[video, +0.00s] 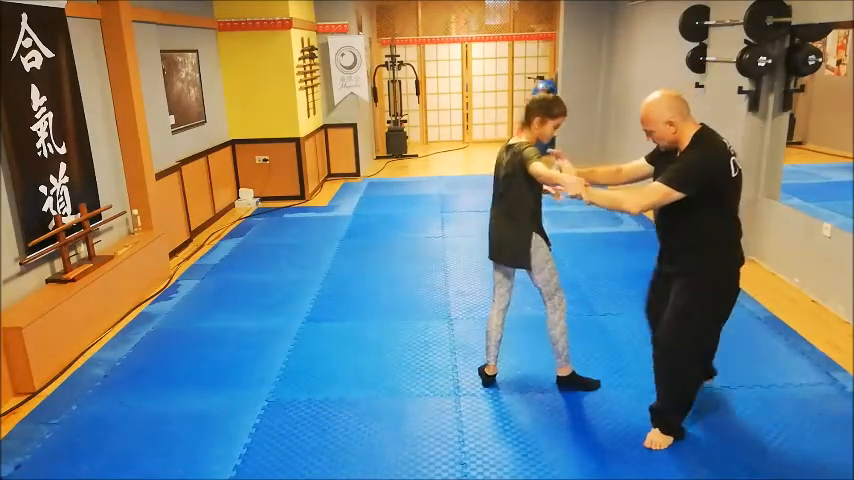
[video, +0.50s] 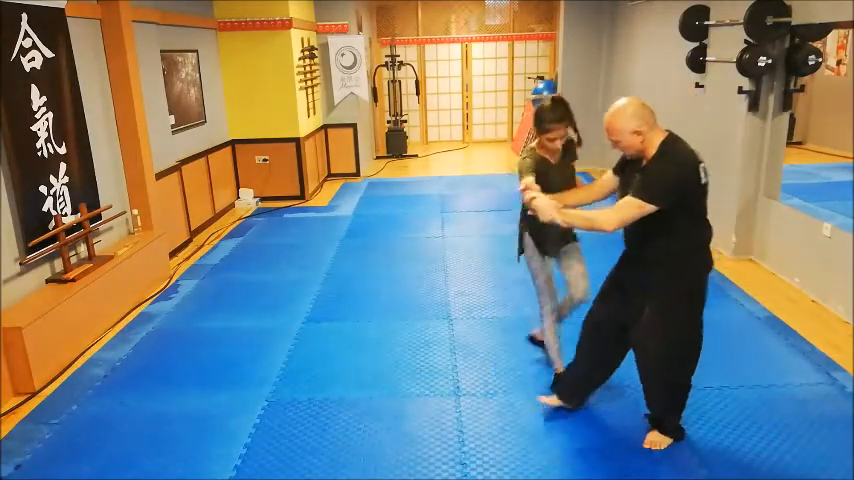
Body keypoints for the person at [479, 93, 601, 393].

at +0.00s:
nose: (556, 133)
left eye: (558, 127)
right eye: (555, 126)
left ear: (532, 122)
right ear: (537, 121)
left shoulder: (508, 147)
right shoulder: (529, 149)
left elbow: (519, 179)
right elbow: (540, 172)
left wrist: (547, 181)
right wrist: (568, 180)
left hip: (500, 234)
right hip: (527, 236)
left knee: (499, 301)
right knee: (554, 300)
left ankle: (489, 369)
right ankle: (565, 372)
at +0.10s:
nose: (560, 135)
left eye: (563, 129)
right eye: (559, 129)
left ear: (536, 122)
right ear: (541, 123)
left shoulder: (514, 148)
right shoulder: (528, 150)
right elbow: (538, 176)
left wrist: (550, 166)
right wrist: (562, 186)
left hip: (503, 234)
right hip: (526, 236)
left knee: (502, 300)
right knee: (557, 298)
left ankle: (489, 367)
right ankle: (564, 369)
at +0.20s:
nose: (565, 137)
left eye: (567, 131)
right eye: (563, 131)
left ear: (543, 124)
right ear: (544, 125)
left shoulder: (524, 147)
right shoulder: (532, 153)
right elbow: (538, 182)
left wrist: (553, 172)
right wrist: (558, 191)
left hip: (510, 232)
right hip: (531, 236)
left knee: (508, 301)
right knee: (558, 299)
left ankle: (489, 365)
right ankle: (563, 369)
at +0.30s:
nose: (566, 139)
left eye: (569, 133)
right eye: (562, 134)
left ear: (545, 127)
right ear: (543, 128)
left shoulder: (542, 150)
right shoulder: (534, 159)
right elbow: (545, 193)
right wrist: (572, 193)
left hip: (526, 233)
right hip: (533, 238)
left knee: (535, 294)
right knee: (559, 301)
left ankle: (497, 350)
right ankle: (563, 371)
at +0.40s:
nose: (565, 141)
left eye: (569, 134)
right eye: (559, 136)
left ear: (574, 126)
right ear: (541, 129)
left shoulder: (558, 149)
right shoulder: (532, 161)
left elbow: (564, 184)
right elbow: (541, 197)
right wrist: (569, 205)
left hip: (552, 226)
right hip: (535, 231)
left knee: (565, 291)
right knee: (554, 300)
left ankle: (514, 335)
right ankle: (561, 370)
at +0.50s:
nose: (558, 143)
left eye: (562, 136)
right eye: (551, 138)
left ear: (568, 128)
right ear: (537, 132)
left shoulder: (569, 147)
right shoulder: (529, 159)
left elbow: (571, 178)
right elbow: (530, 194)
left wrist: (583, 194)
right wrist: (555, 212)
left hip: (563, 224)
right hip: (534, 230)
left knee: (579, 293)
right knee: (549, 302)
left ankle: (544, 332)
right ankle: (559, 369)